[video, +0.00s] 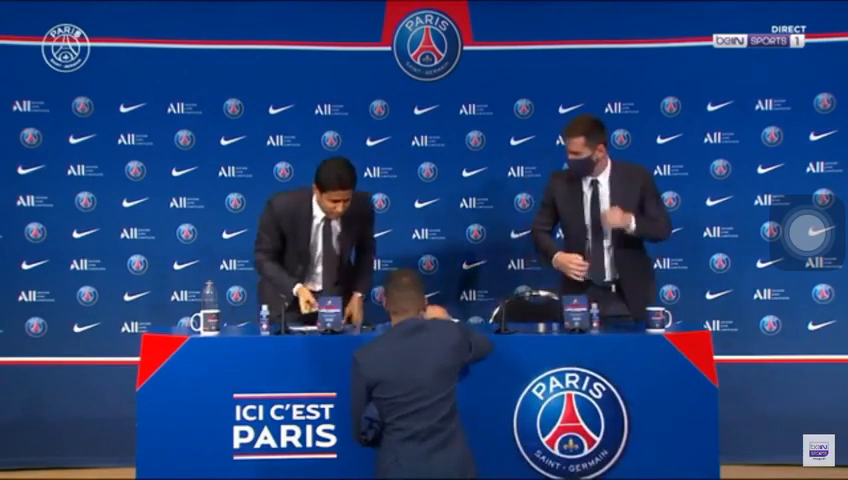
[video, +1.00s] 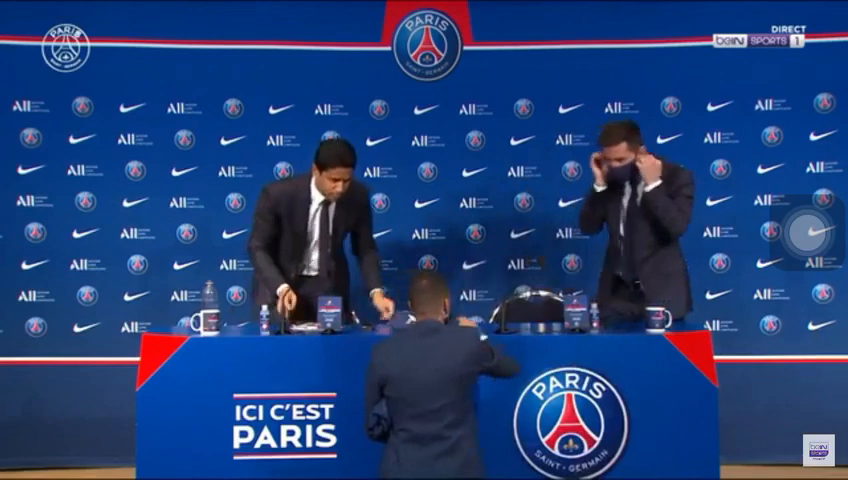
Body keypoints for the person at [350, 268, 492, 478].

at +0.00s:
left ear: (386, 305)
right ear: (424, 305)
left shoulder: (366, 357)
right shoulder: (449, 335)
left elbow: (362, 430)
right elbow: (484, 347)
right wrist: (447, 322)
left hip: (398, 461)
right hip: (450, 457)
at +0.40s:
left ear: (390, 306)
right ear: (428, 303)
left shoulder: (370, 355)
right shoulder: (451, 338)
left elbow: (364, 430)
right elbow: (488, 371)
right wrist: (444, 332)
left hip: (400, 462)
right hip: (452, 460)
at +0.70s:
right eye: (437, 301)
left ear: (397, 306)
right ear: (435, 303)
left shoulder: (374, 353)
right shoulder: (454, 341)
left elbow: (366, 426)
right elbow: (490, 382)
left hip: (399, 463)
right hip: (452, 461)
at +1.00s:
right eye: (451, 302)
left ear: (411, 307)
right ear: (446, 305)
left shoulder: (384, 351)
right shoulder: (466, 342)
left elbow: (374, 424)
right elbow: (511, 369)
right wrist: (474, 334)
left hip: (404, 462)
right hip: (457, 462)